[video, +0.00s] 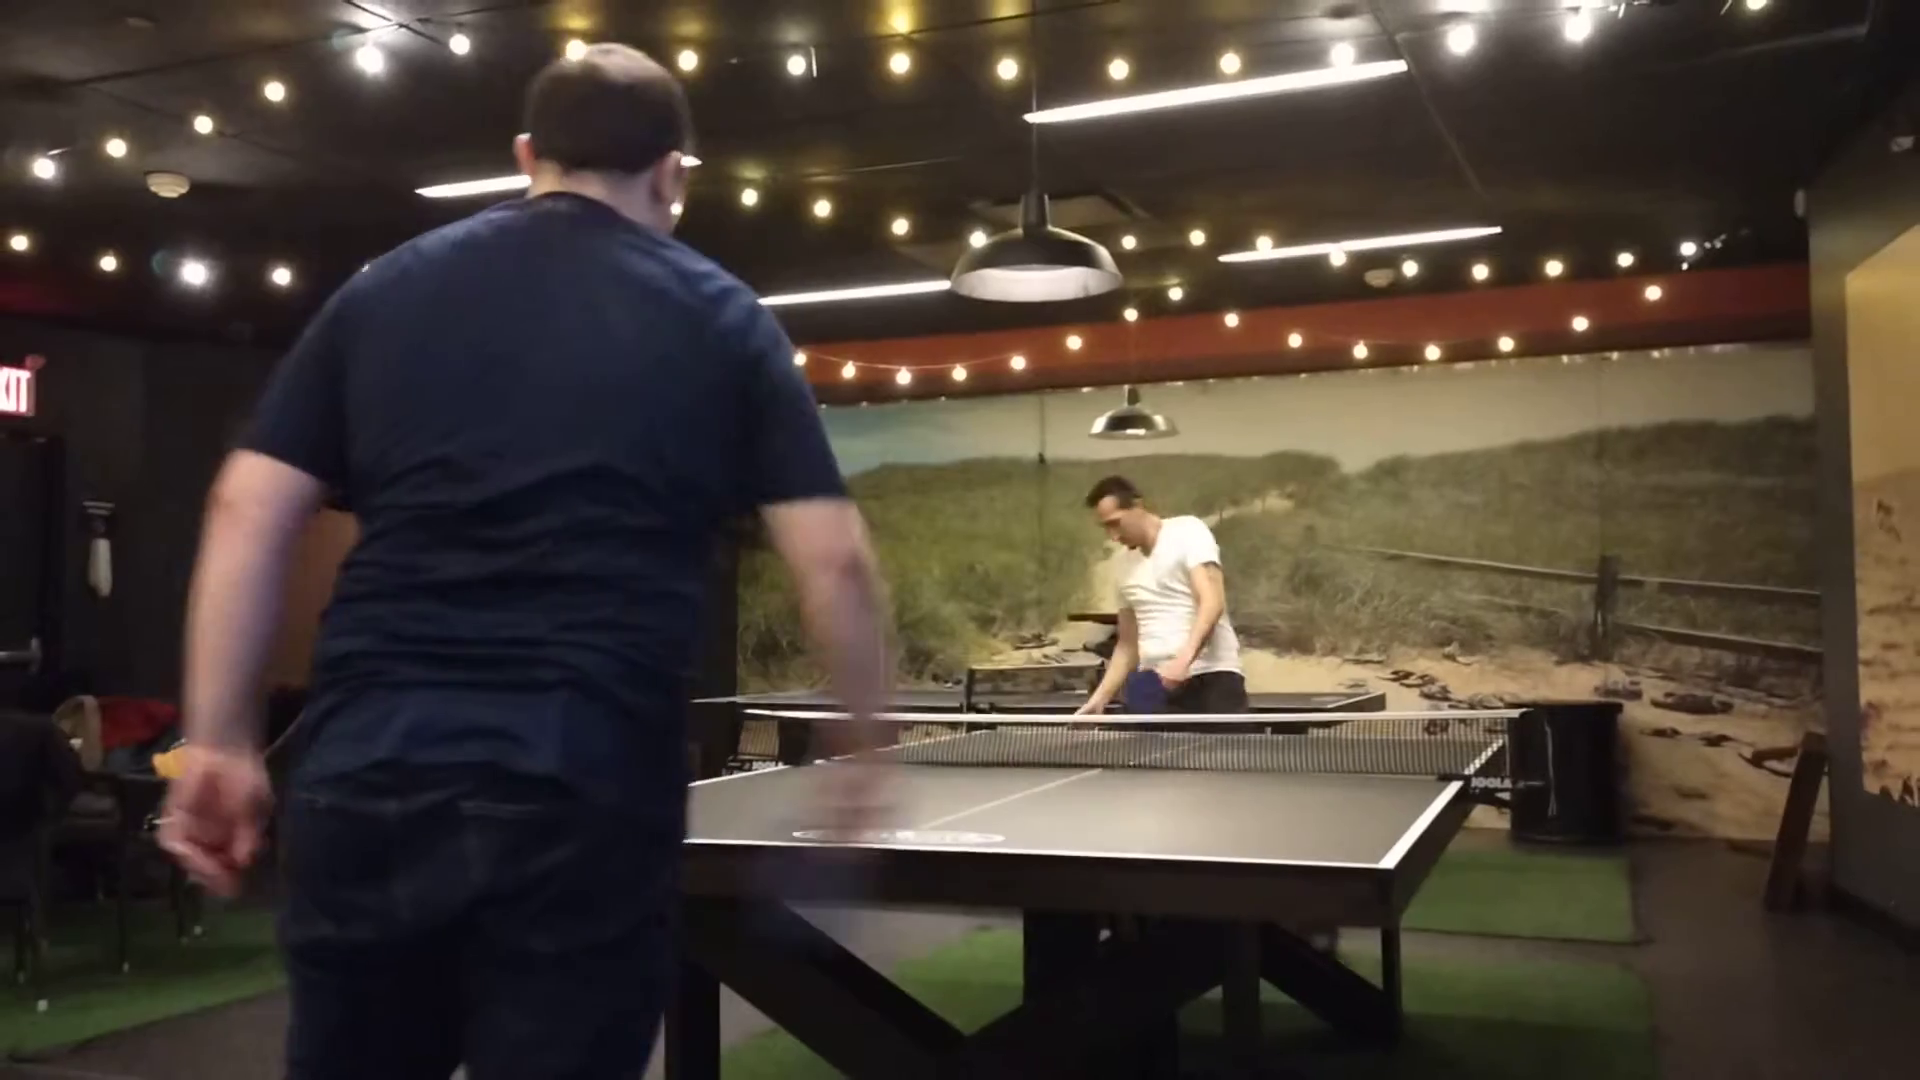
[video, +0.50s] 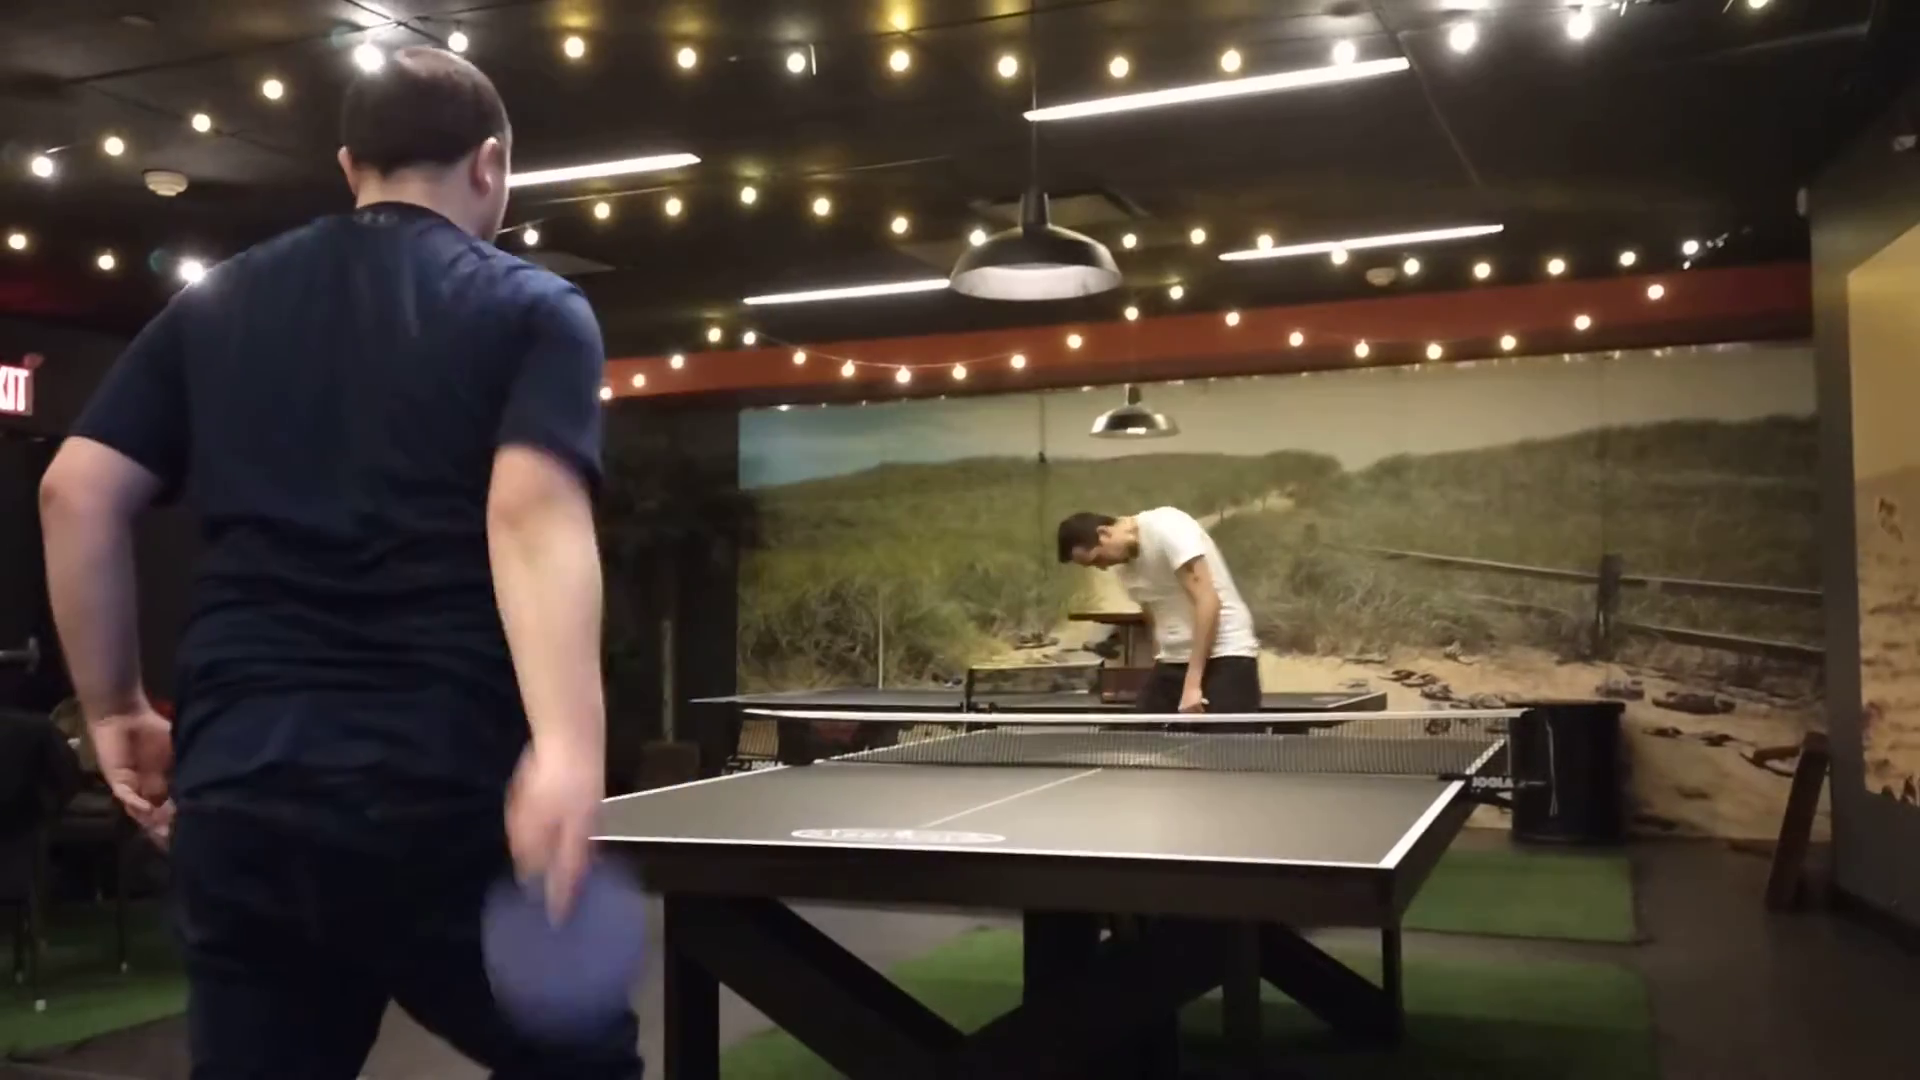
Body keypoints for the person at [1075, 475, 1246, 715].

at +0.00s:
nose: (1113, 536)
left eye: (1114, 523)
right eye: (1107, 528)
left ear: (1137, 506)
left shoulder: (1188, 531)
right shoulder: (1127, 567)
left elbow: (1212, 603)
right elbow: (1127, 645)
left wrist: (1181, 662)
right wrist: (1098, 701)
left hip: (1211, 679)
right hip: (1156, 686)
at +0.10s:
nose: (1102, 540)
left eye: (1099, 529)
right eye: (1094, 534)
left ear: (1116, 509)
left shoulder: (1175, 524)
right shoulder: (1124, 568)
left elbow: (1202, 594)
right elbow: (1126, 644)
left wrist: (1191, 662)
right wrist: (1101, 707)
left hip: (1206, 674)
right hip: (1149, 680)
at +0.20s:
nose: (1095, 543)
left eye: (1092, 532)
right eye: (1087, 538)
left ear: (1107, 510)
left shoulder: (1166, 521)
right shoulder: (1119, 561)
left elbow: (1197, 590)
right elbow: (1131, 637)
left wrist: (1194, 666)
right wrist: (1121, 688)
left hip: (1207, 670)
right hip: (1153, 673)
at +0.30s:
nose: (1094, 550)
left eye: (1090, 540)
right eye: (1085, 545)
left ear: (1102, 515)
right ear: (1102, 516)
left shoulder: (1164, 522)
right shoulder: (1120, 559)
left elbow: (1202, 592)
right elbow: (1136, 630)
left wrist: (1197, 675)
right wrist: (1134, 684)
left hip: (1211, 666)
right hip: (1155, 669)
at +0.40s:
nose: (1097, 560)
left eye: (1092, 551)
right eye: (1089, 557)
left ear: (1101, 525)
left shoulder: (1165, 525)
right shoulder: (1118, 562)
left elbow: (1205, 597)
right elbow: (1144, 623)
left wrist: (1197, 682)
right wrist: (1140, 681)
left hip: (1218, 662)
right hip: (1165, 665)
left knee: (1221, 762)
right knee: (1130, 753)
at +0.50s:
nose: (1103, 568)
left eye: (1097, 559)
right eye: (1095, 566)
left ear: (1104, 534)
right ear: (1105, 534)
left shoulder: (1168, 527)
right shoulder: (1124, 567)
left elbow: (1208, 602)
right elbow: (1154, 619)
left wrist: (1192, 685)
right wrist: (1160, 660)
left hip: (1227, 660)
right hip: (1174, 664)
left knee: (1230, 760)